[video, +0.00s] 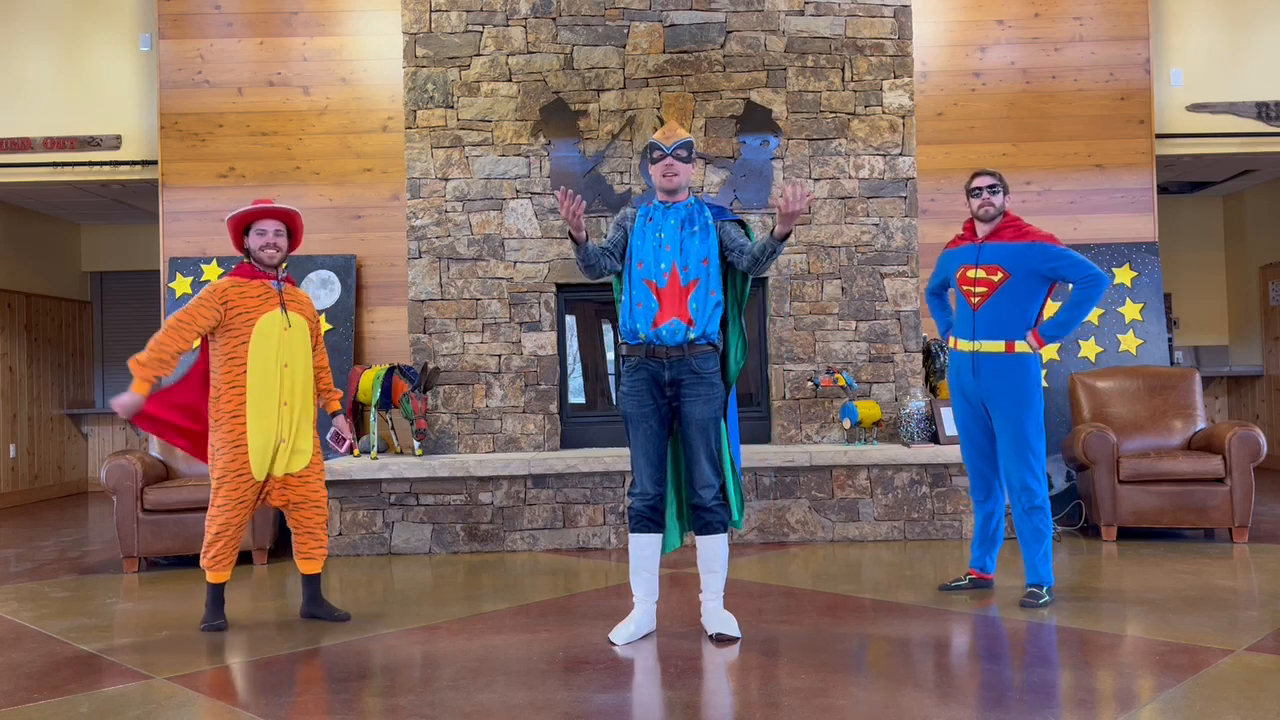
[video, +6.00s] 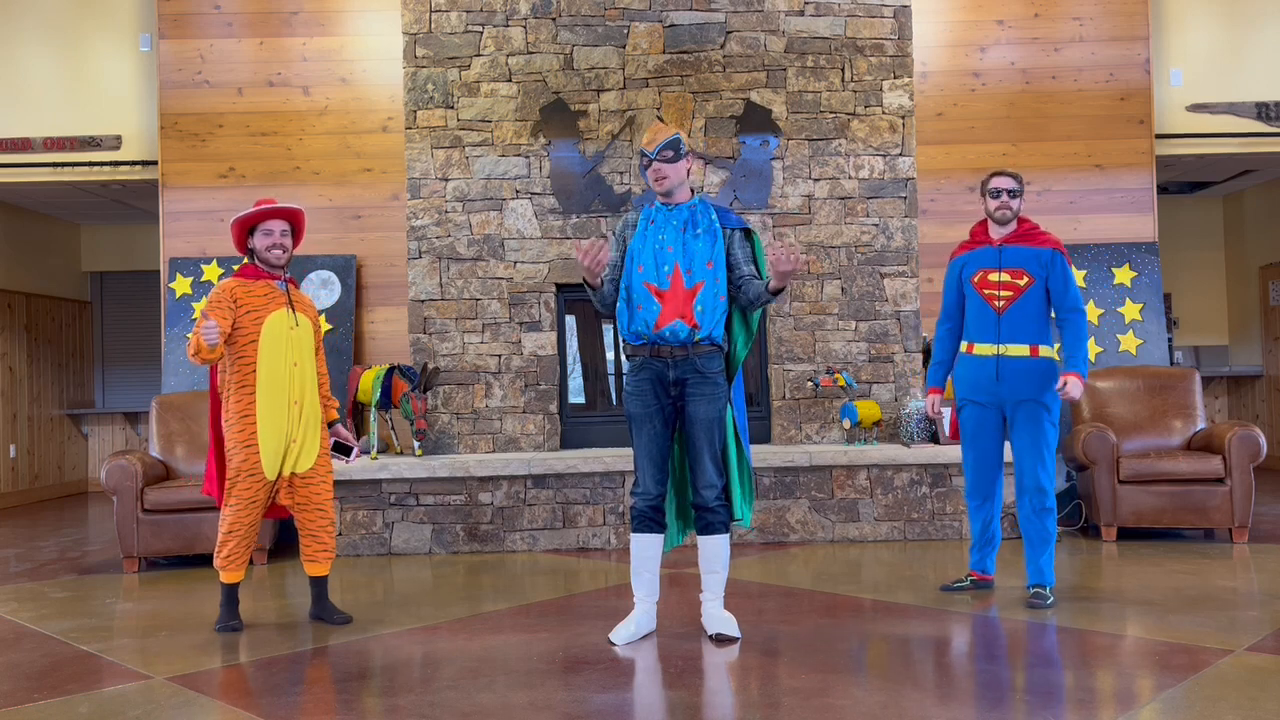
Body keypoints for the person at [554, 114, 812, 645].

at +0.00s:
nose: (669, 164)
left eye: (680, 157)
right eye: (659, 157)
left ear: (695, 167)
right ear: (648, 168)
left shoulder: (715, 218)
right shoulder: (632, 217)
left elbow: (751, 262)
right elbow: (599, 265)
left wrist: (780, 230)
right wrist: (580, 237)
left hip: (699, 364)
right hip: (640, 366)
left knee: (706, 485)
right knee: (646, 487)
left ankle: (714, 608)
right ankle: (643, 609)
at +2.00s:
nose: (668, 166)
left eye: (677, 156)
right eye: (657, 160)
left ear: (693, 164)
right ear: (645, 171)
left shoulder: (722, 221)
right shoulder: (631, 223)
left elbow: (752, 295)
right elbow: (608, 298)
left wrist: (775, 265)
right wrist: (585, 262)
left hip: (702, 365)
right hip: (643, 366)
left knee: (708, 485)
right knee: (647, 488)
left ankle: (714, 607)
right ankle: (644, 609)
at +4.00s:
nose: (685, 162)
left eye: (695, 156)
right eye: (675, 154)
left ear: (706, 169)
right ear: (659, 165)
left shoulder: (722, 221)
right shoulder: (639, 217)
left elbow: (743, 266)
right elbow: (620, 262)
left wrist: (760, 252)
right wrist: (616, 247)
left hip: (703, 363)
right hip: (644, 364)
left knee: (707, 484)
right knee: (648, 485)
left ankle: (713, 607)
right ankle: (644, 609)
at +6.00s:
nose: (656, 167)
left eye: (668, 156)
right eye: (649, 161)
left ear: (692, 164)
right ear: (644, 172)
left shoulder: (724, 222)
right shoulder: (631, 224)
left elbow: (747, 294)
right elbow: (608, 304)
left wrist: (775, 283)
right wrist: (595, 280)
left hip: (703, 365)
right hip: (643, 366)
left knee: (709, 485)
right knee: (648, 487)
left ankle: (713, 608)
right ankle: (644, 609)